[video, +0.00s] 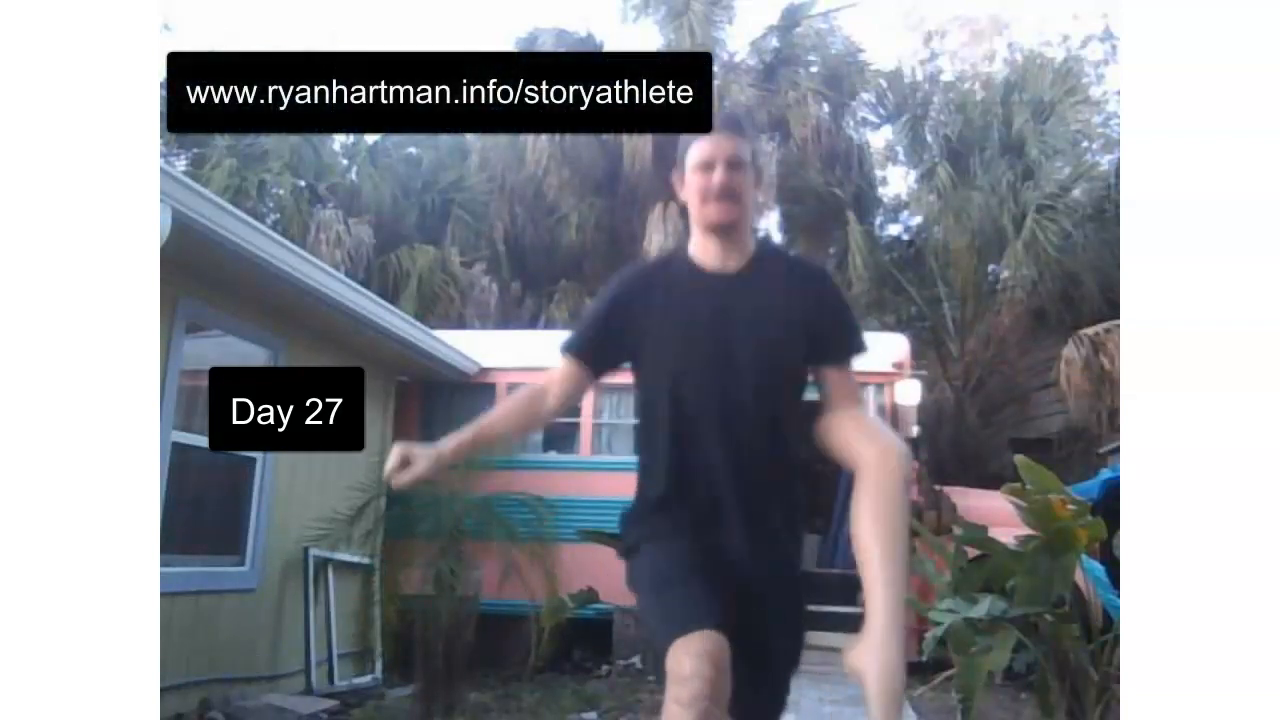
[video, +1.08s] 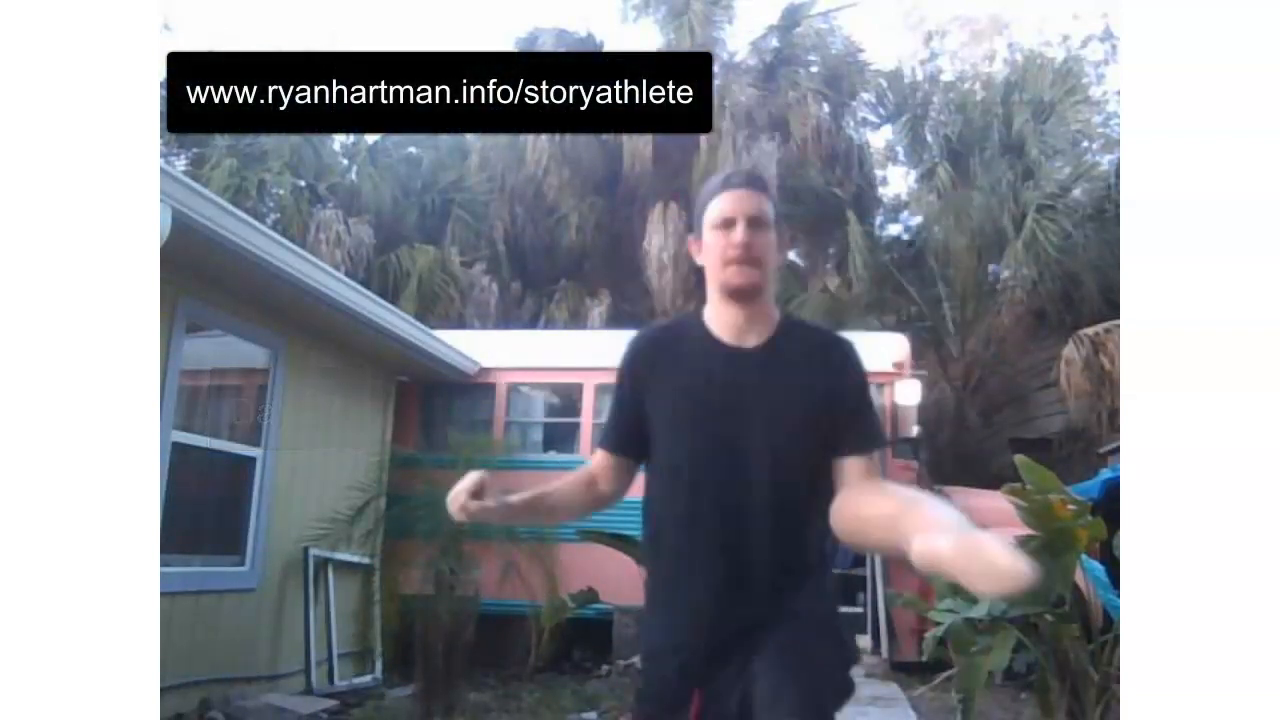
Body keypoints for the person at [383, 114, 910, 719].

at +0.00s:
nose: (721, 178)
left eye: (735, 167)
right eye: (706, 167)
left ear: (758, 185)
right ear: (680, 186)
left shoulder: (805, 287)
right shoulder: (642, 290)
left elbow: (839, 410)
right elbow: (550, 395)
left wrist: (882, 455)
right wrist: (441, 454)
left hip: (769, 534)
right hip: (671, 526)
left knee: (753, 712)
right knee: (700, 674)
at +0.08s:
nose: (687, 255)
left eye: (699, 239)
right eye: (670, 241)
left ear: (722, 252)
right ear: (645, 260)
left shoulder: (783, 353)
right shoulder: (621, 372)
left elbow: (833, 465)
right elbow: (542, 478)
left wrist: (875, 510)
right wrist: (456, 561)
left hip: (762, 595)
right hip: (660, 584)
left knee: (763, 710)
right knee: (688, 667)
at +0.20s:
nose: (709, 271)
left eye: (723, 256)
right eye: (691, 257)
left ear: (744, 271)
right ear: (666, 276)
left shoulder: (798, 379)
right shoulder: (634, 383)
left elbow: (834, 505)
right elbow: (559, 499)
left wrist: (869, 571)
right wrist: (485, 582)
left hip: (760, 617)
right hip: (658, 601)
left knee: (763, 712)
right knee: (693, 673)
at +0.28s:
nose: (703, 63)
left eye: (715, 49)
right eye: (687, 52)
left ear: (744, 64)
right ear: (663, 71)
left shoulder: (809, 166)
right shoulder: (636, 178)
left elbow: (856, 290)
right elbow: (593, 312)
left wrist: (903, 301)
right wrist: (580, 429)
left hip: (790, 464)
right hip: (674, 468)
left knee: (787, 701)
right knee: (678, 696)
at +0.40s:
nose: (765, 177)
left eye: (782, 161)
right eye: (748, 160)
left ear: (805, 179)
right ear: (717, 176)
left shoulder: (843, 290)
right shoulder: (662, 288)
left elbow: (901, 401)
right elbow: (581, 396)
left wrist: (966, 396)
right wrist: (515, 479)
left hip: (809, 584)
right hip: (690, 586)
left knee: (817, 708)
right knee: (689, 715)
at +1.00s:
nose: (742, 136)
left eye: (759, 122)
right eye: (726, 122)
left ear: (781, 143)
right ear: (701, 144)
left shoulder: (823, 254)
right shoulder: (657, 255)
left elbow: (849, 382)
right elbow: (610, 377)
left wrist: (897, 371)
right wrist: (523, 395)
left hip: (795, 533)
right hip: (682, 534)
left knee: (795, 704)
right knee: (684, 709)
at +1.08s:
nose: (743, 238)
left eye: (758, 224)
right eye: (726, 225)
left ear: (781, 245)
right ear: (698, 248)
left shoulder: (827, 358)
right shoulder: (655, 354)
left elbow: (854, 498)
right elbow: (603, 480)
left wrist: (924, 525)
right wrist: (510, 502)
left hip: (792, 642)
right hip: (679, 640)